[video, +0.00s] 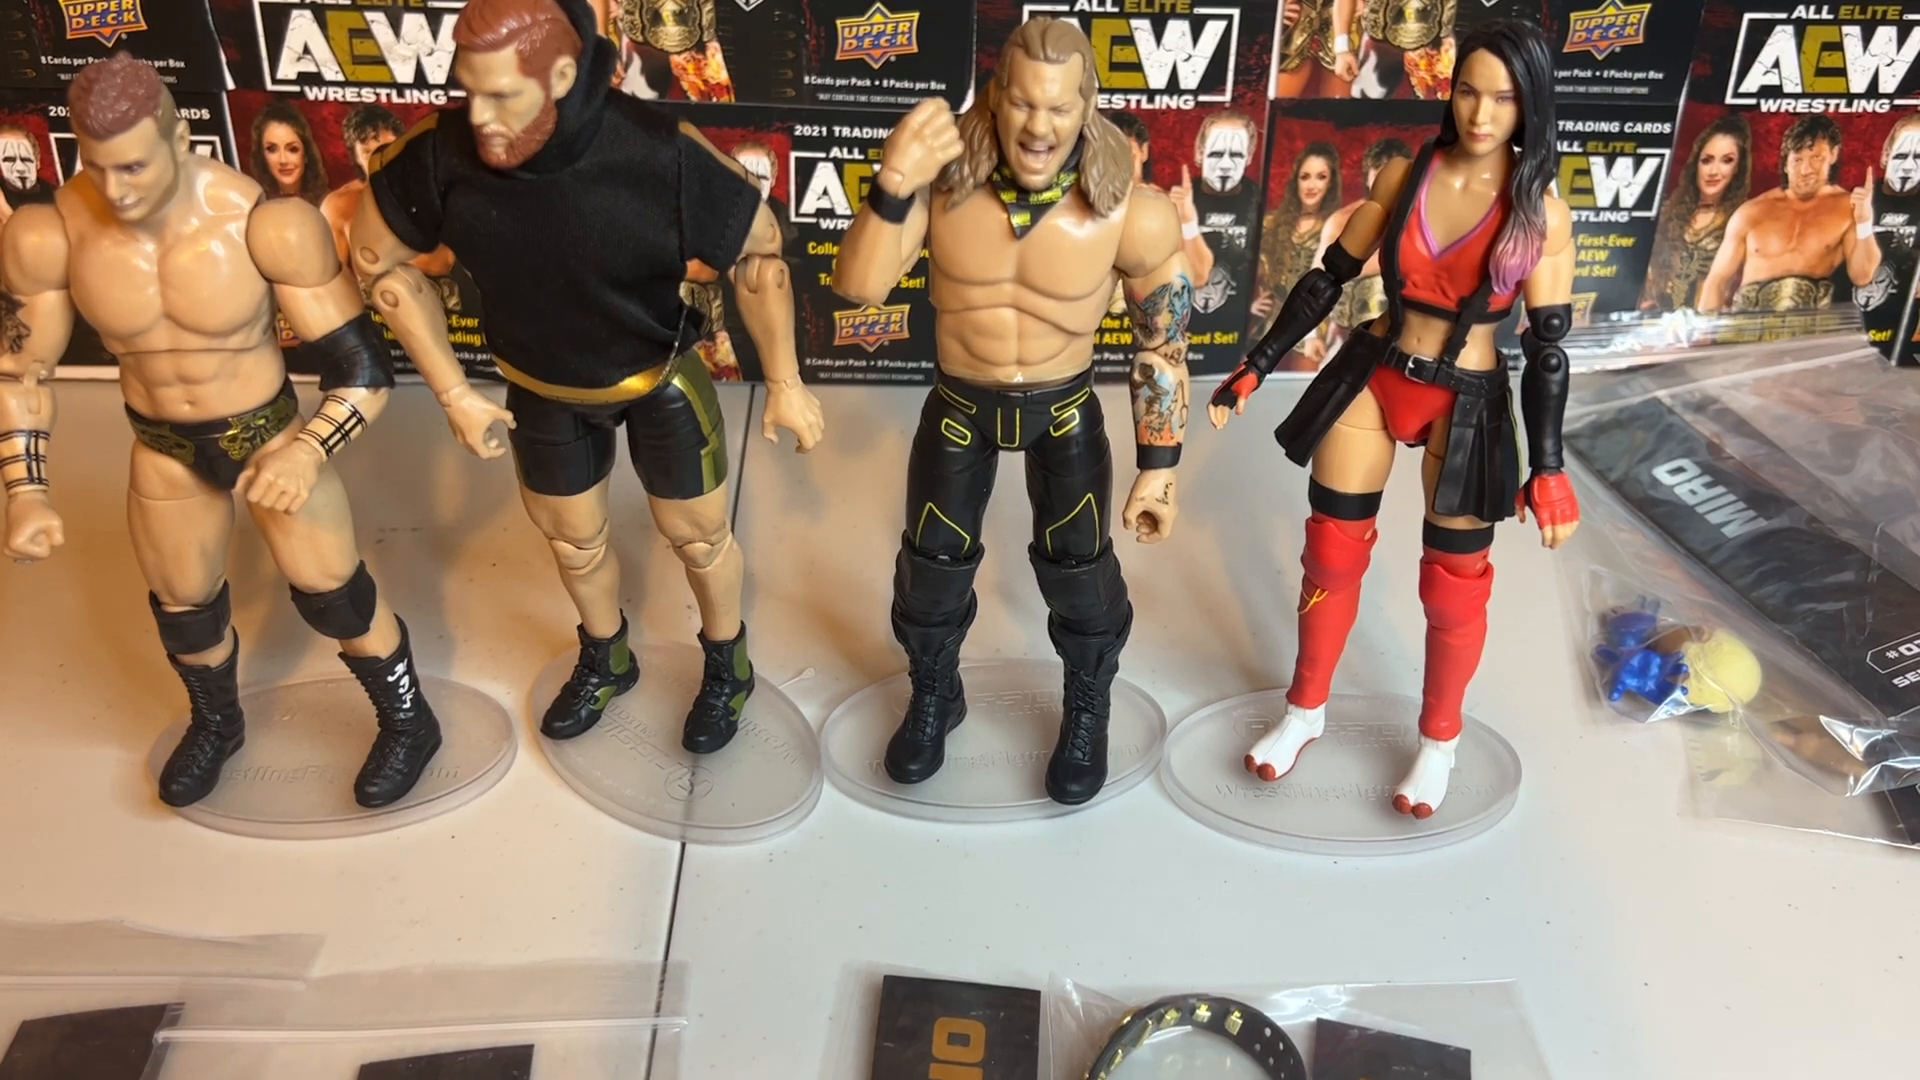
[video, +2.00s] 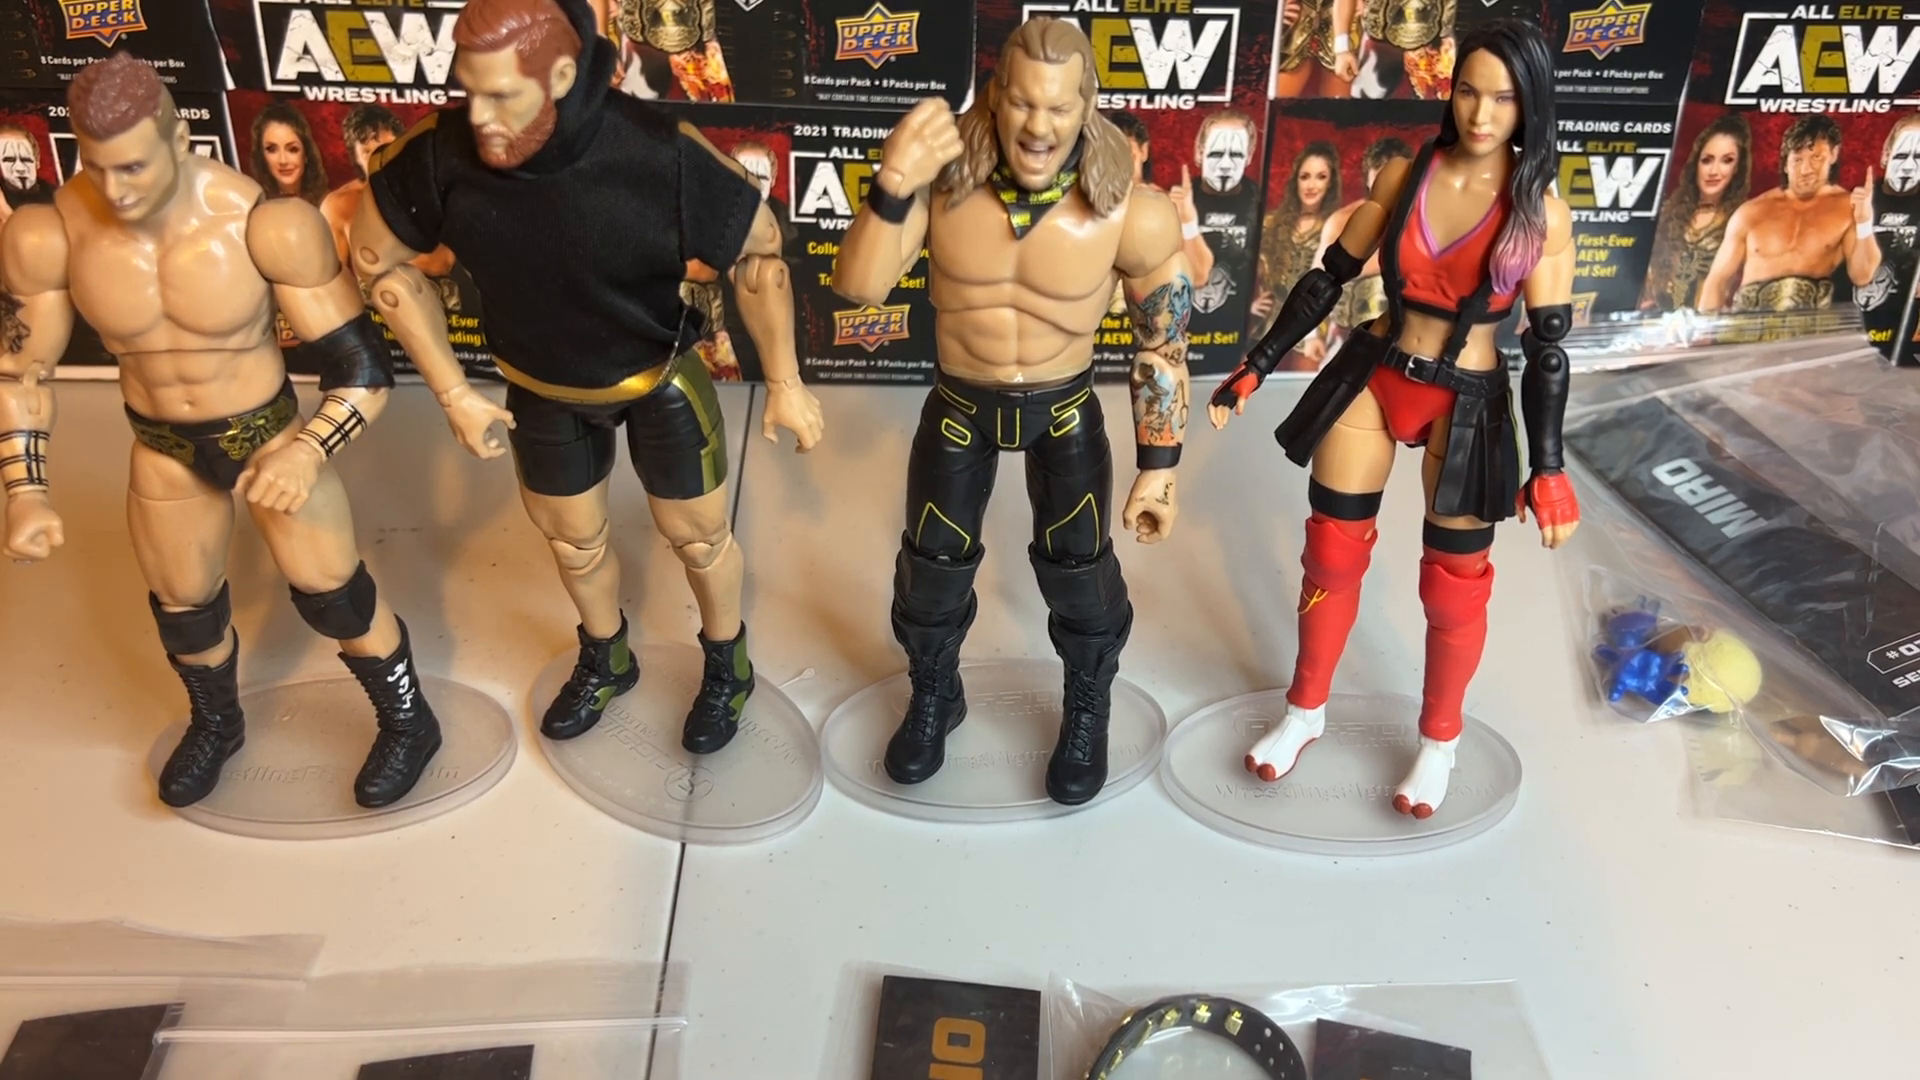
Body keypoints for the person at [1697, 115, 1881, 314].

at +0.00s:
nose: (1806, 169)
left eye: (1816, 158)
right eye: (1797, 160)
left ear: (1833, 156)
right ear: (1785, 162)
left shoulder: (1847, 206)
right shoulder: (1750, 212)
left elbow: (1861, 277)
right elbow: (1717, 281)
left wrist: (1864, 223)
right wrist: (1704, 335)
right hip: (1748, 311)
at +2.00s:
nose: (1806, 169)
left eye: (1816, 158)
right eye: (1797, 160)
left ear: (1833, 155)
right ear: (1785, 162)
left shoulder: (1847, 206)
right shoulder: (1750, 212)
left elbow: (1862, 277)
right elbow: (1717, 281)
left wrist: (1864, 223)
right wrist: (1704, 335)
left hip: (1808, 313)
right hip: (1748, 311)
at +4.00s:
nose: (1806, 169)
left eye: (1817, 158)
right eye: (1797, 160)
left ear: (1834, 156)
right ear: (1785, 163)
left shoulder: (1847, 206)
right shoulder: (1750, 212)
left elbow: (1861, 277)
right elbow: (1718, 281)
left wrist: (1864, 223)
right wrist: (1704, 335)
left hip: (1810, 315)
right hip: (1748, 312)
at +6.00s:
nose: (1806, 170)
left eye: (1817, 158)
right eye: (1797, 160)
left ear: (1834, 156)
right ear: (1785, 163)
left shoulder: (1848, 207)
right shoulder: (1750, 213)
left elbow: (1862, 277)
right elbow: (1718, 282)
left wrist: (1864, 224)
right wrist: (1704, 336)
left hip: (1810, 316)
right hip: (1749, 314)